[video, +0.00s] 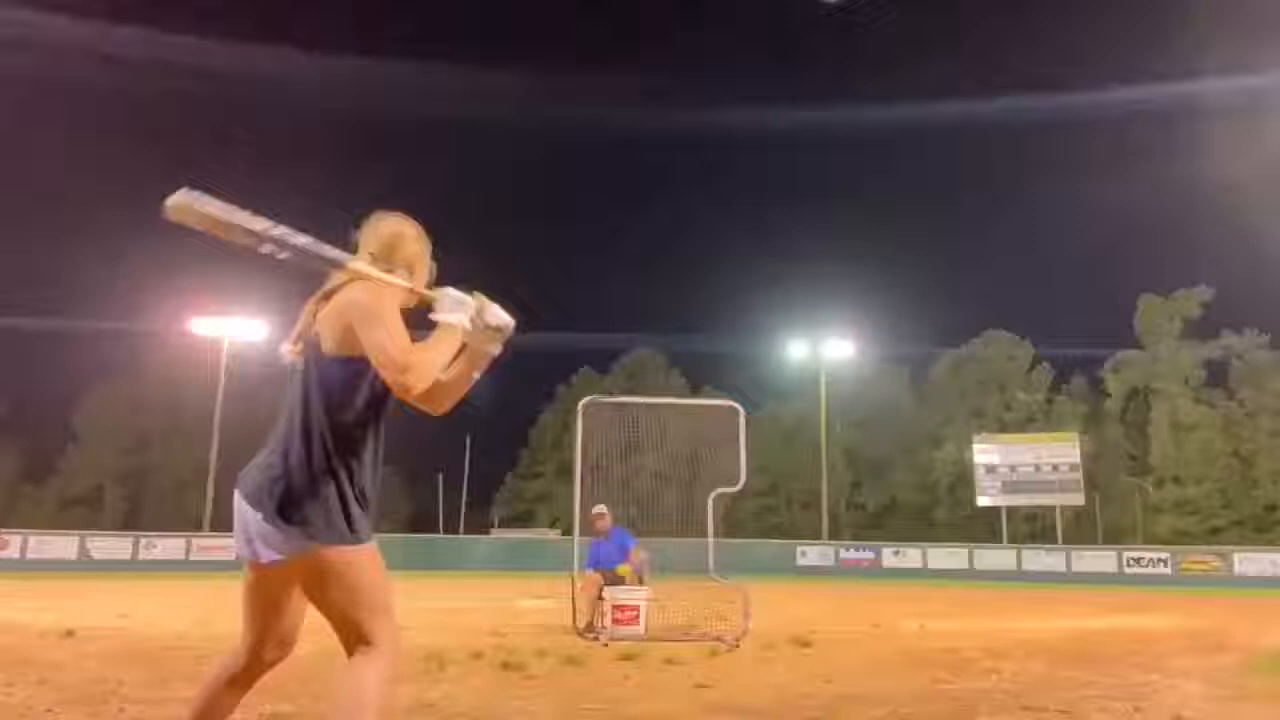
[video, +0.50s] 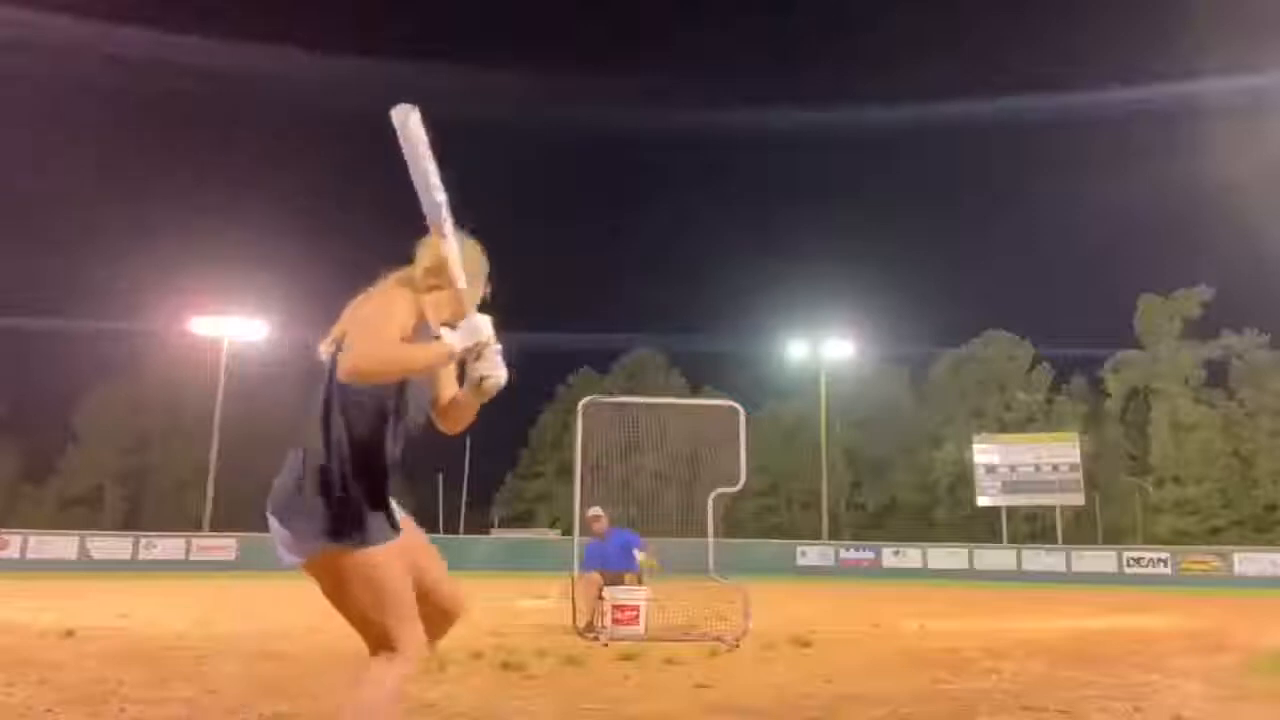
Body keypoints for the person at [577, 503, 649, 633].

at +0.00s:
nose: (601, 523)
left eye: (604, 518)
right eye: (597, 519)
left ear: (610, 519)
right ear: (593, 523)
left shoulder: (620, 534)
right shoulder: (595, 543)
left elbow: (634, 549)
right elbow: (589, 566)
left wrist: (630, 566)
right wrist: (590, 576)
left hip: (621, 572)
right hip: (601, 573)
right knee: (591, 581)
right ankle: (589, 622)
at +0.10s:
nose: (598, 523)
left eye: (601, 518)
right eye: (595, 520)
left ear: (608, 519)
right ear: (591, 524)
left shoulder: (620, 536)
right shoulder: (595, 543)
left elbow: (635, 551)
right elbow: (590, 566)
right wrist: (588, 578)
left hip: (625, 573)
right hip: (604, 574)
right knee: (591, 580)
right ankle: (590, 621)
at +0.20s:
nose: (596, 524)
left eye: (598, 519)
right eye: (592, 521)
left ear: (606, 519)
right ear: (590, 524)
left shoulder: (619, 535)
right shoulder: (595, 544)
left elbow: (638, 550)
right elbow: (590, 567)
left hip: (625, 573)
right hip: (604, 575)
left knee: (593, 580)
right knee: (588, 582)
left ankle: (588, 622)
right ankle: (588, 622)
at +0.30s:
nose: (597, 524)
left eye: (599, 519)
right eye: (593, 521)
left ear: (606, 520)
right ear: (589, 524)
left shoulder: (621, 536)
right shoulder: (592, 546)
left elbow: (643, 548)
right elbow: (589, 571)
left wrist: (643, 575)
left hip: (625, 574)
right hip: (603, 575)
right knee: (591, 580)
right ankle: (589, 621)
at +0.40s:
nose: (597, 525)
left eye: (599, 520)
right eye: (593, 521)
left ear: (606, 520)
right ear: (590, 525)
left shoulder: (621, 536)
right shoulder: (592, 546)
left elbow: (644, 545)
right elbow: (587, 568)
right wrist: (581, 579)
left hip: (625, 574)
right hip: (603, 575)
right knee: (592, 578)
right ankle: (589, 621)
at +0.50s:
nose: (597, 525)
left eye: (599, 520)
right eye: (593, 522)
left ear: (606, 520)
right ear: (590, 525)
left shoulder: (622, 536)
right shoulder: (592, 546)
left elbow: (642, 545)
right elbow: (589, 570)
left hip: (625, 574)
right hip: (604, 575)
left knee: (633, 577)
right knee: (590, 579)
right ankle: (589, 621)